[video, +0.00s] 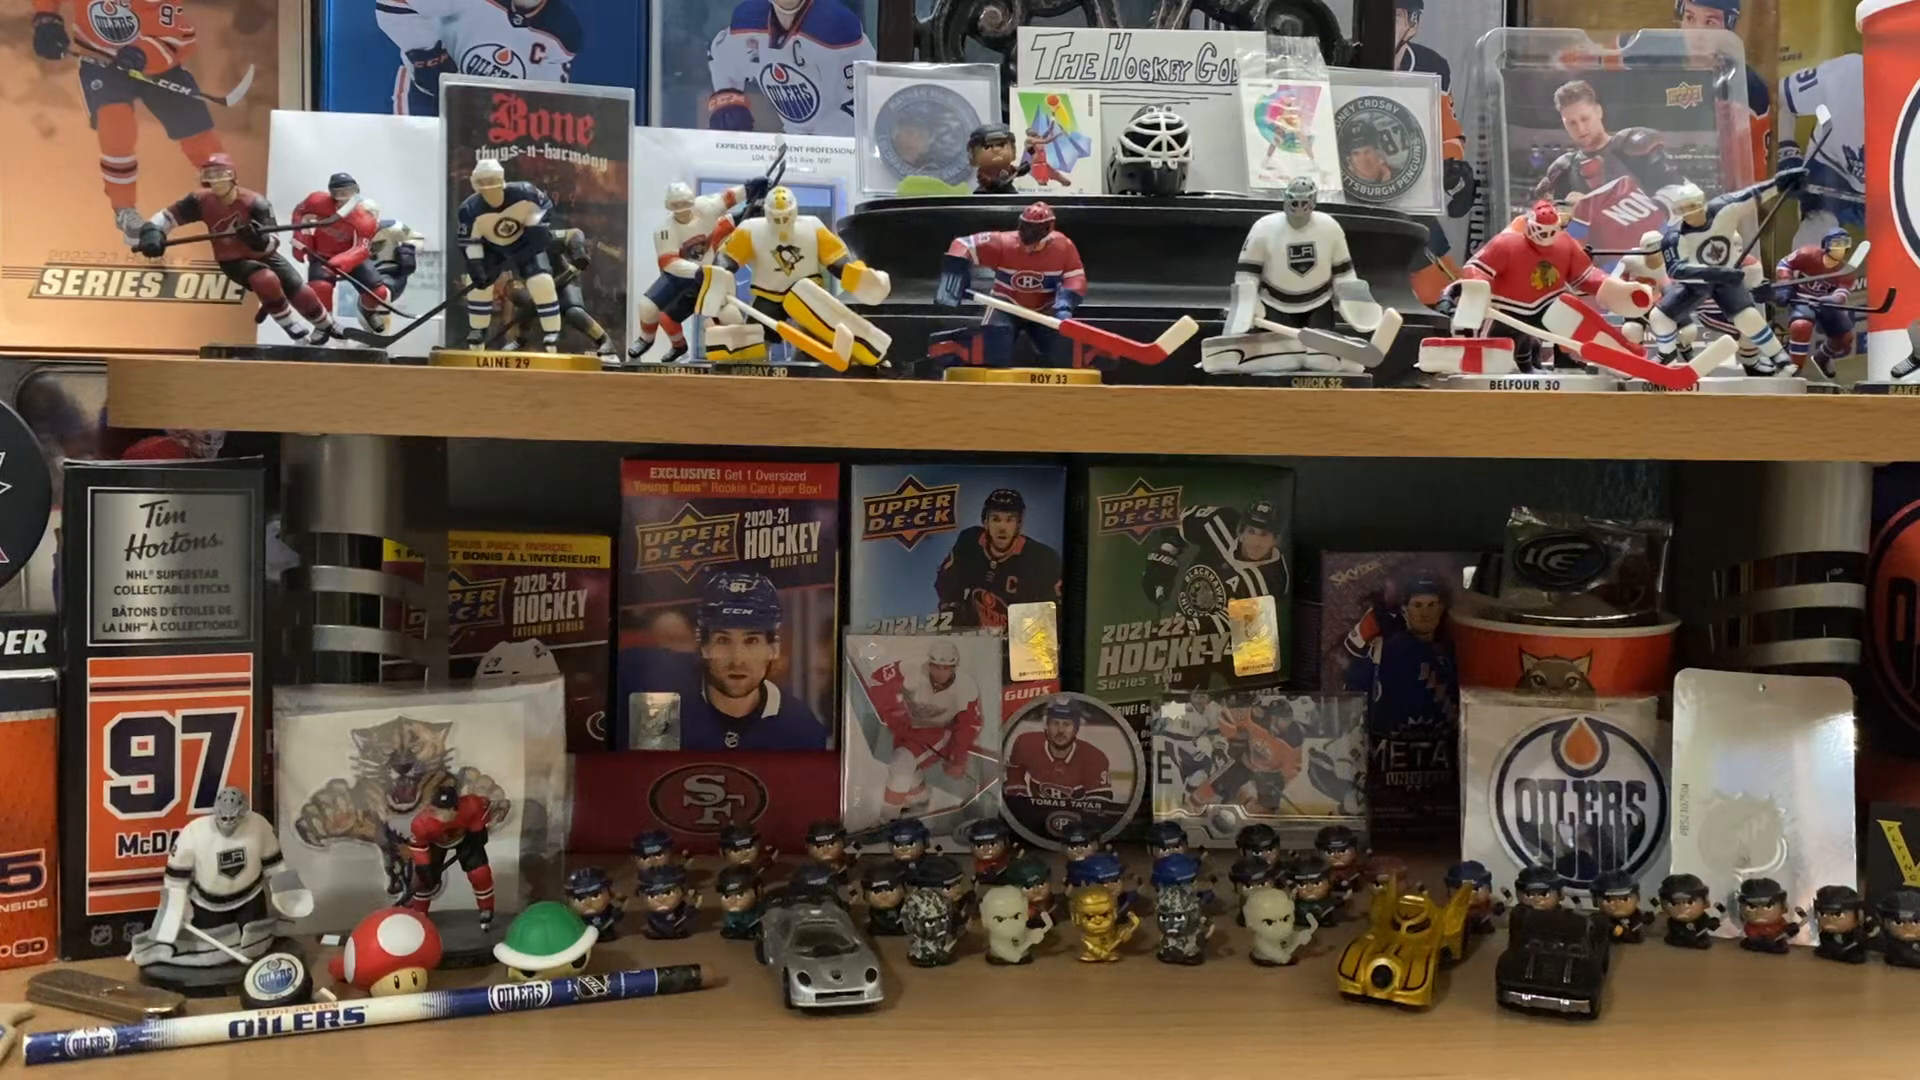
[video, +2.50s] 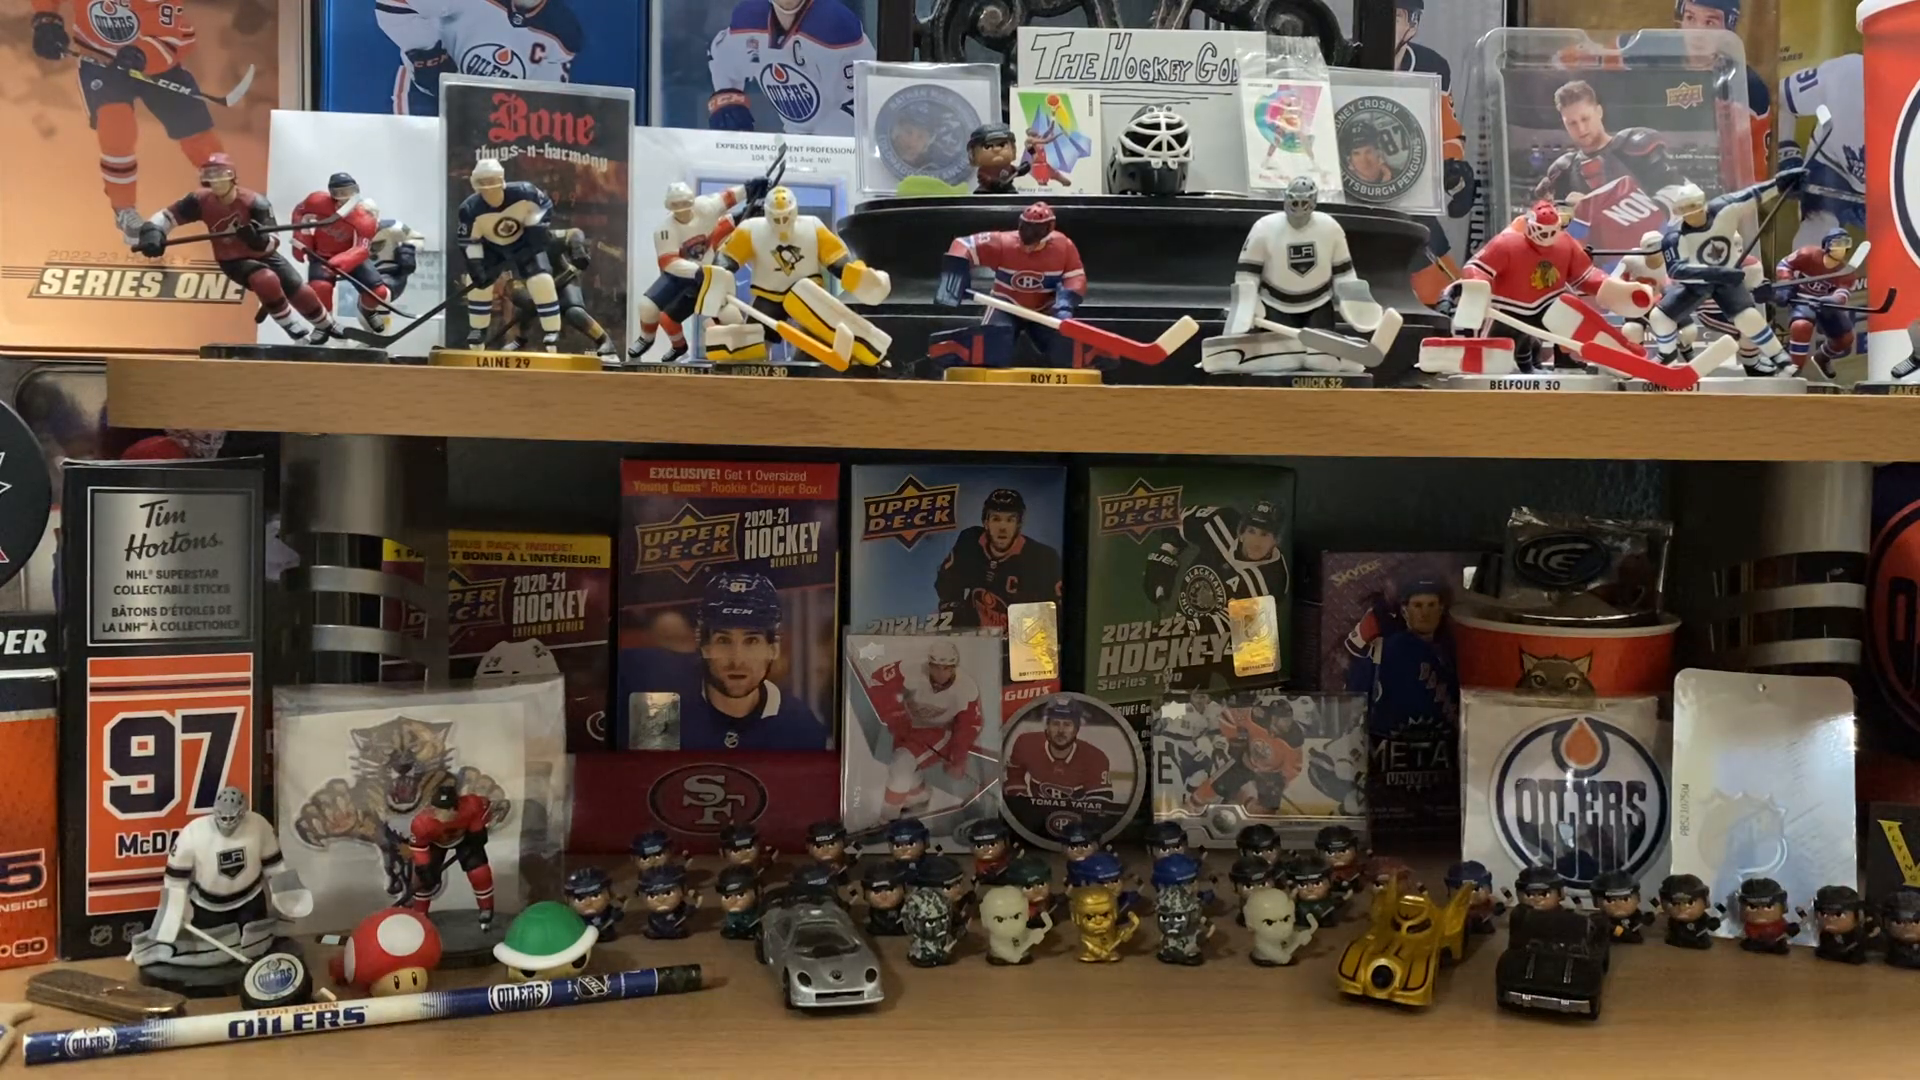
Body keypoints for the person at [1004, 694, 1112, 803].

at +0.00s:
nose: (1060, 730)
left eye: (1066, 724)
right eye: (1055, 724)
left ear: (1076, 729)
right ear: (1047, 726)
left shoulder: (1094, 758)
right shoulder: (1025, 744)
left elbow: (1099, 801)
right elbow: (1014, 786)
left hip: (1075, 819)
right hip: (1033, 814)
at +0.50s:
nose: (1060, 730)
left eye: (1067, 724)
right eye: (1055, 724)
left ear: (1076, 729)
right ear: (1047, 726)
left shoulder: (1095, 758)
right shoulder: (1025, 744)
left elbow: (1099, 802)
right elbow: (1014, 780)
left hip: (1075, 817)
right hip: (1033, 813)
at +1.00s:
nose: (1060, 730)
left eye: (1066, 724)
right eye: (1055, 724)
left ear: (1076, 729)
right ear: (1047, 726)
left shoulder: (1095, 758)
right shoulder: (1025, 744)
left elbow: (1100, 800)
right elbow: (1014, 778)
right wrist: (1022, 806)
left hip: (1075, 818)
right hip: (1034, 813)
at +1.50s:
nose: (1060, 730)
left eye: (1066, 724)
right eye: (1055, 724)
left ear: (1076, 729)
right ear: (1047, 726)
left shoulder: (1095, 758)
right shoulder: (1025, 744)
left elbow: (1099, 802)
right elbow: (1014, 777)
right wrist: (1021, 804)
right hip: (1034, 811)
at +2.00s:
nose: (1060, 730)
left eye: (1067, 724)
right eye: (1055, 724)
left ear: (1076, 729)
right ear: (1047, 726)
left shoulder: (1095, 758)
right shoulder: (1025, 744)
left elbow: (1099, 801)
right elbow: (1014, 778)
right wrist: (1023, 807)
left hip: (1075, 817)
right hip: (1034, 812)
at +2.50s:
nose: (1060, 730)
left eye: (1067, 724)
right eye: (1055, 724)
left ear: (1077, 729)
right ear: (1046, 727)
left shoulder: (1095, 758)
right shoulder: (1026, 744)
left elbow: (1099, 800)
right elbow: (1014, 777)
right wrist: (1023, 806)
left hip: (1075, 816)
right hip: (1035, 811)